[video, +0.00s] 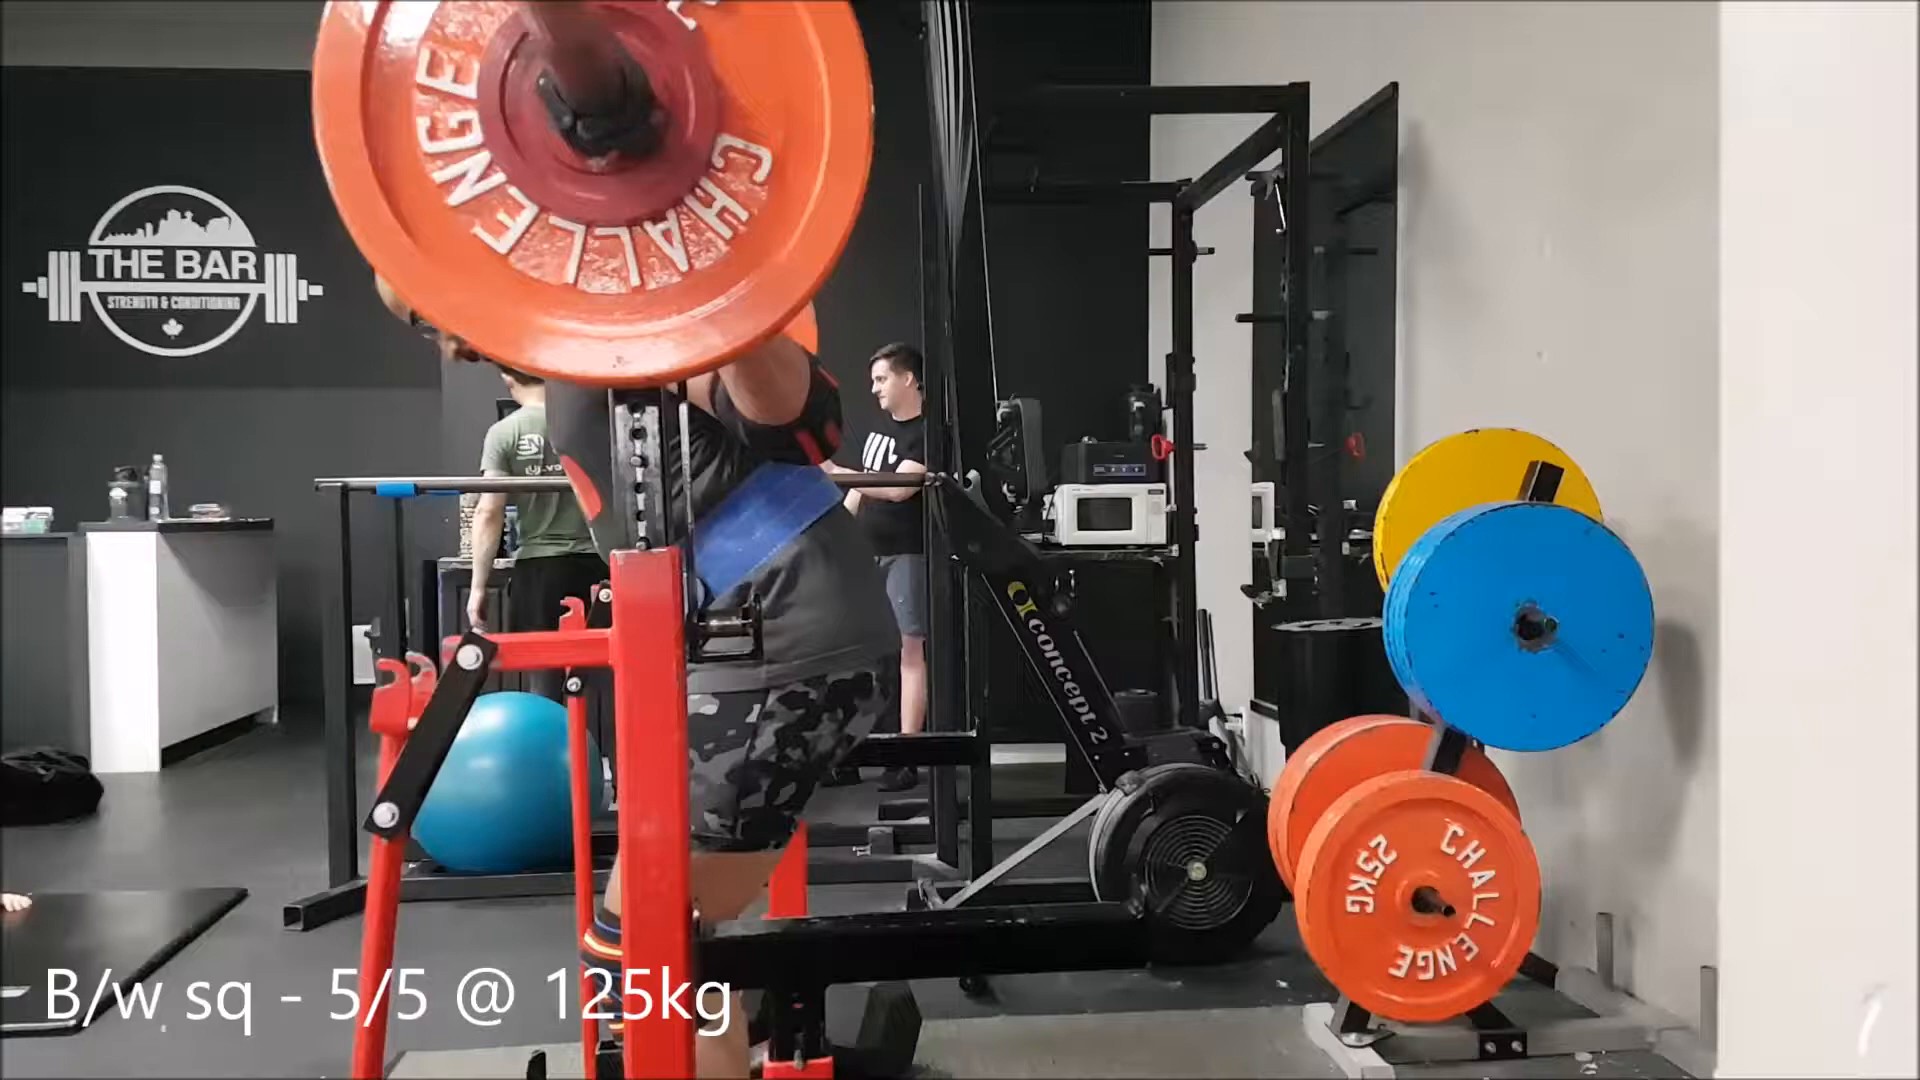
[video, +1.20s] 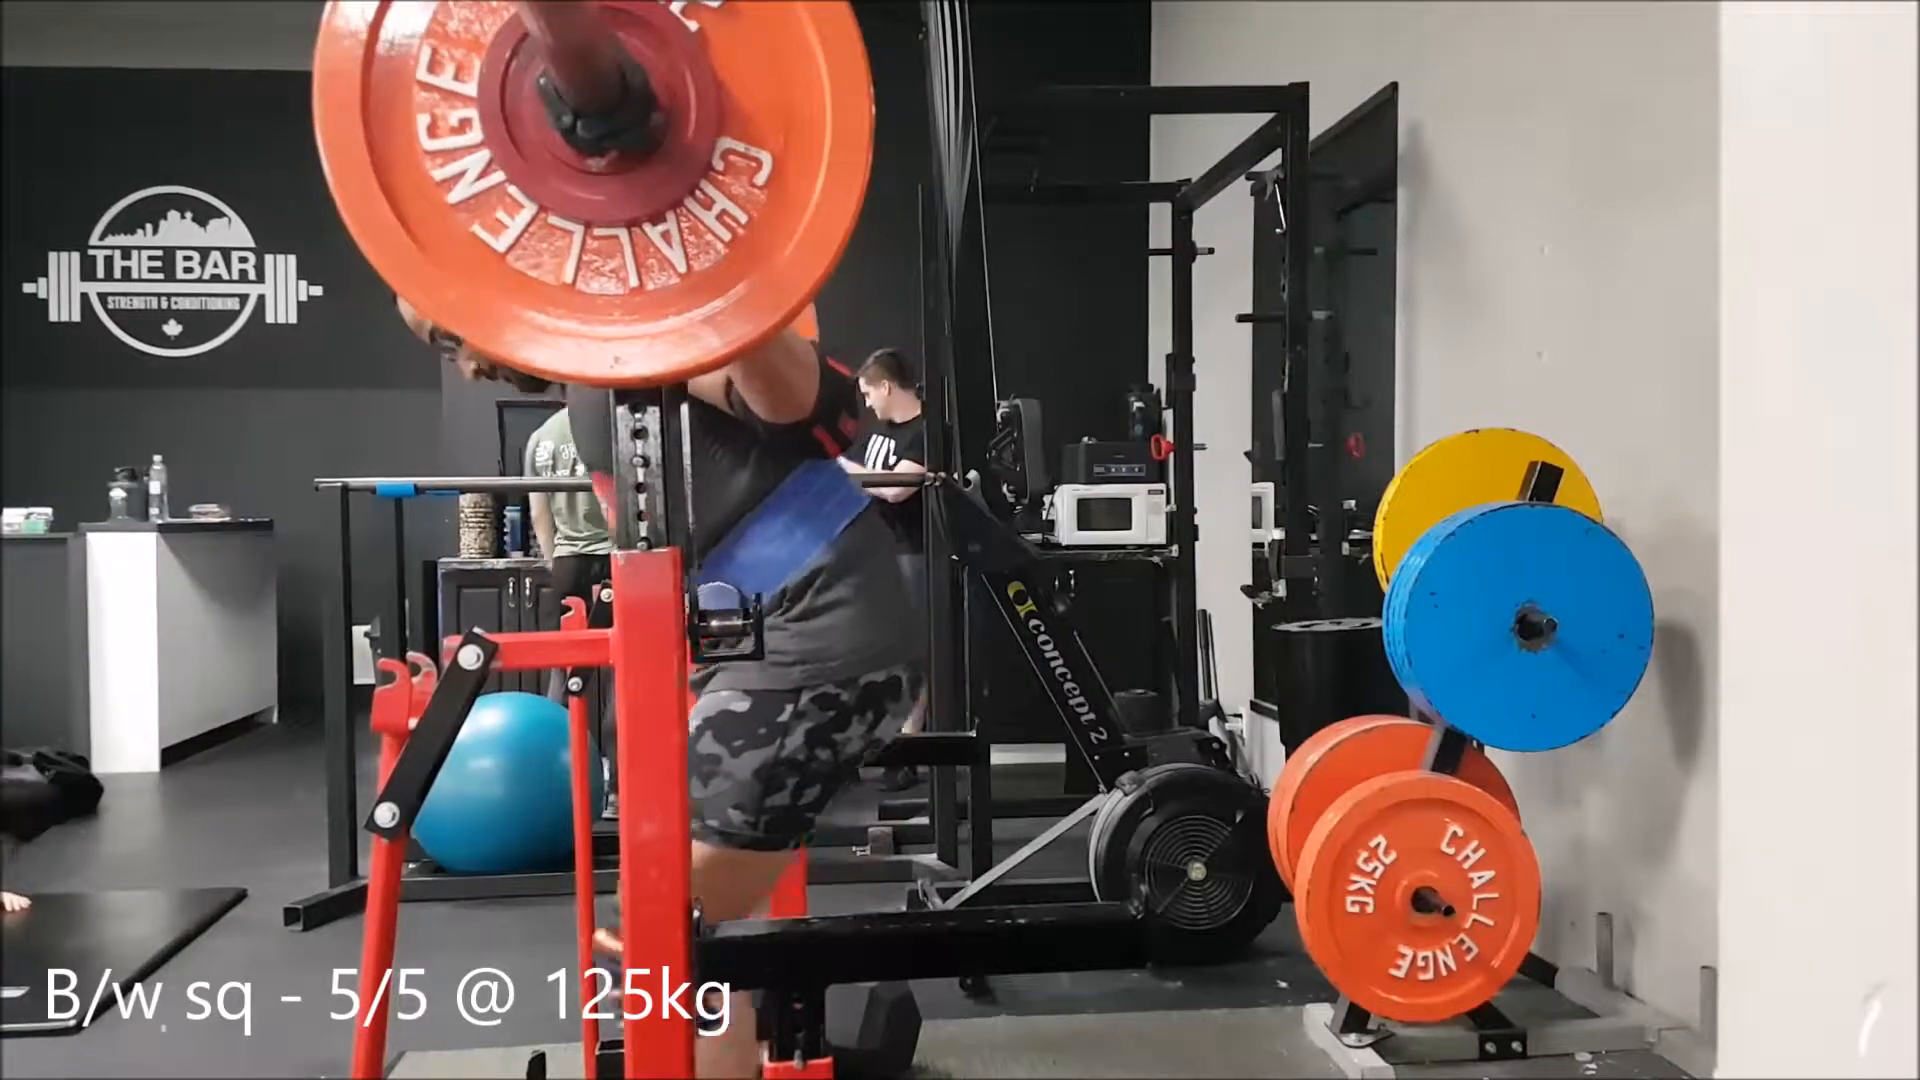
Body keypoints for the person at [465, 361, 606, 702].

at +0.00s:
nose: (504, 381)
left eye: (504, 374)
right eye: (505, 373)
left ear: (510, 378)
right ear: (550, 374)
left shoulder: (505, 432)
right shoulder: (589, 418)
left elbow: (490, 512)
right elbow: (619, 496)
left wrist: (479, 587)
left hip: (538, 574)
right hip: (597, 569)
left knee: (543, 684)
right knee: (602, 682)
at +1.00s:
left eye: (516, 386)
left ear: (530, 389)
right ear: (571, 382)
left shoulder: (516, 440)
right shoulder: (600, 418)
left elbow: (511, 524)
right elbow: (630, 494)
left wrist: (519, 584)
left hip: (549, 567)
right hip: (605, 561)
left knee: (553, 674)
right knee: (611, 672)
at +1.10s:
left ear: (554, 383)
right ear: (595, 384)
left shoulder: (530, 437)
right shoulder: (615, 425)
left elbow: (528, 520)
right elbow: (635, 501)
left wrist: (540, 579)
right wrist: (637, 560)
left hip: (559, 563)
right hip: (613, 559)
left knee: (559, 673)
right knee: (616, 672)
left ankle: (560, 781)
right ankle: (619, 785)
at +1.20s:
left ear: (565, 390)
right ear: (598, 390)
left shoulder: (540, 438)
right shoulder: (612, 427)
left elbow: (540, 513)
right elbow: (618, 505)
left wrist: (554, 560)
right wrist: (631, 547)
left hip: (566, 561)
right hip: (614, 560)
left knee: (564, 673)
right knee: (615, 674)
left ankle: (556, 772)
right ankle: (618, 785)